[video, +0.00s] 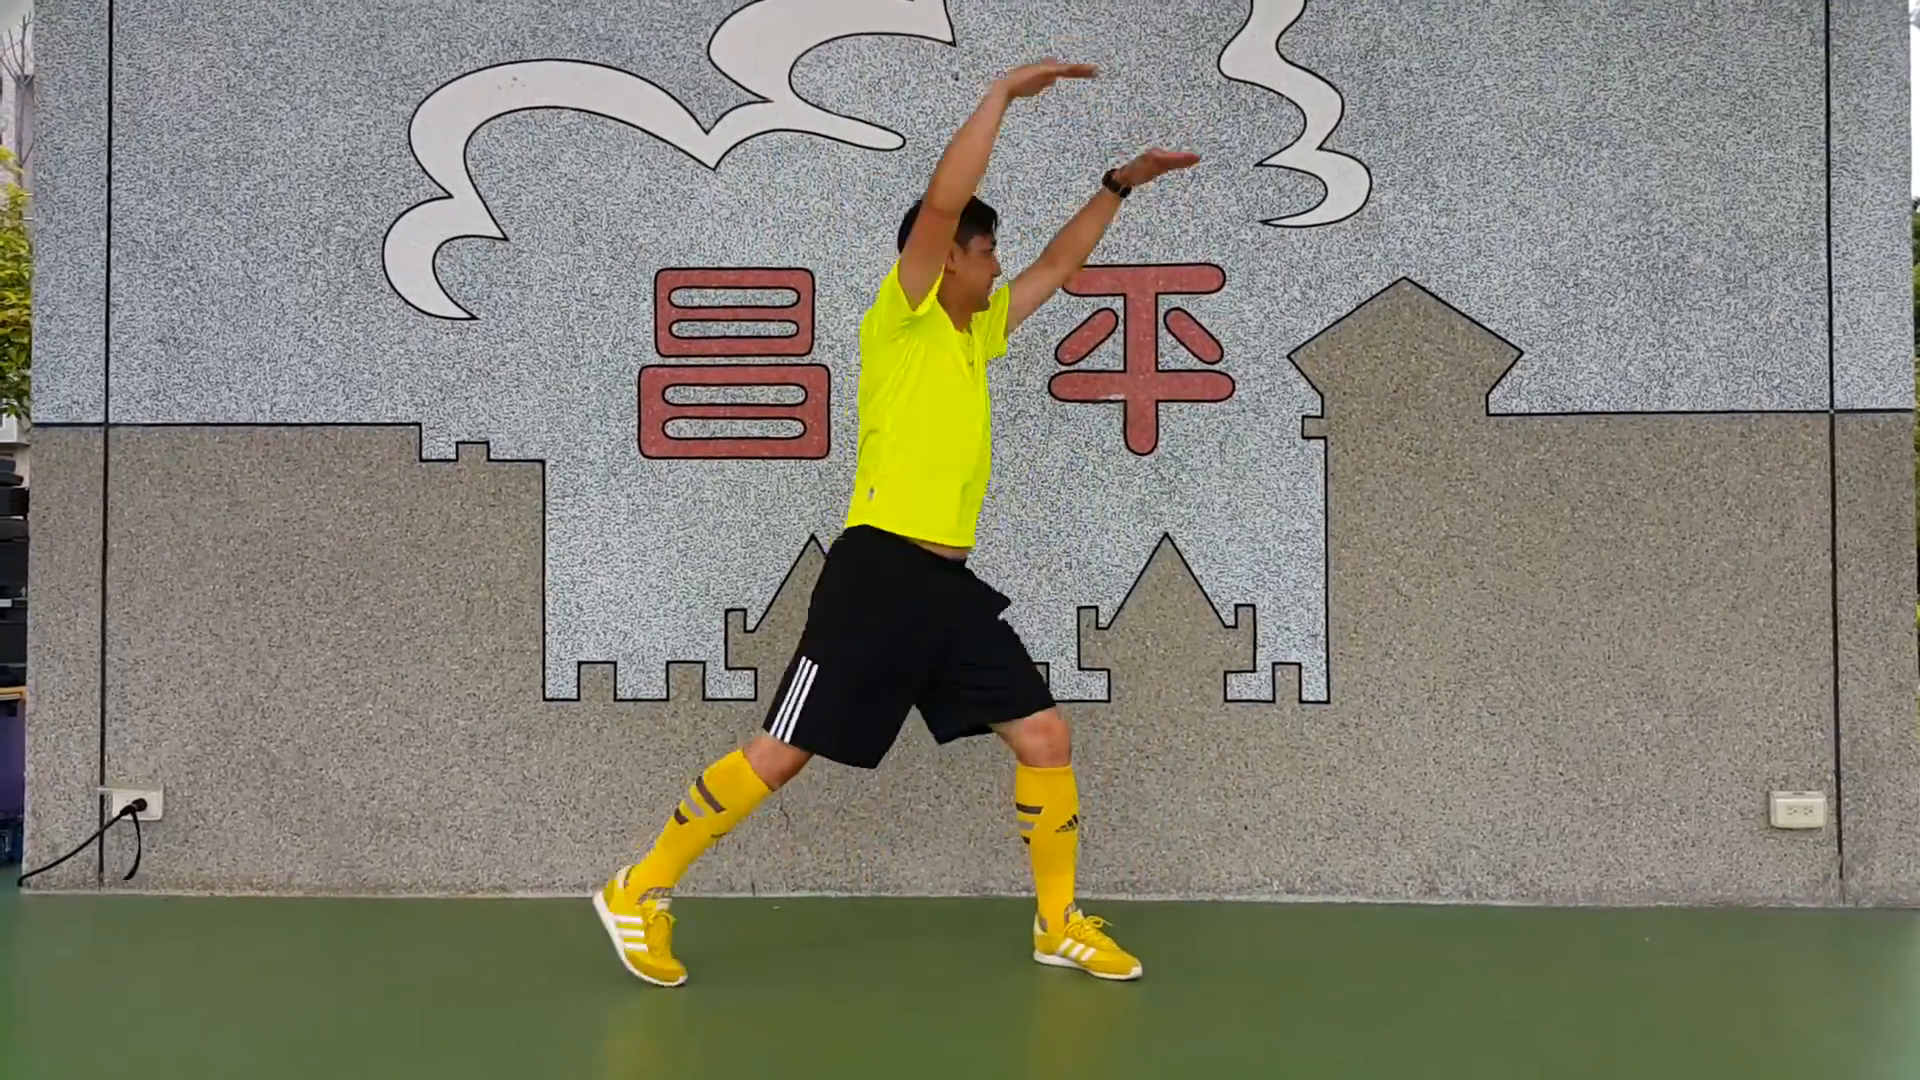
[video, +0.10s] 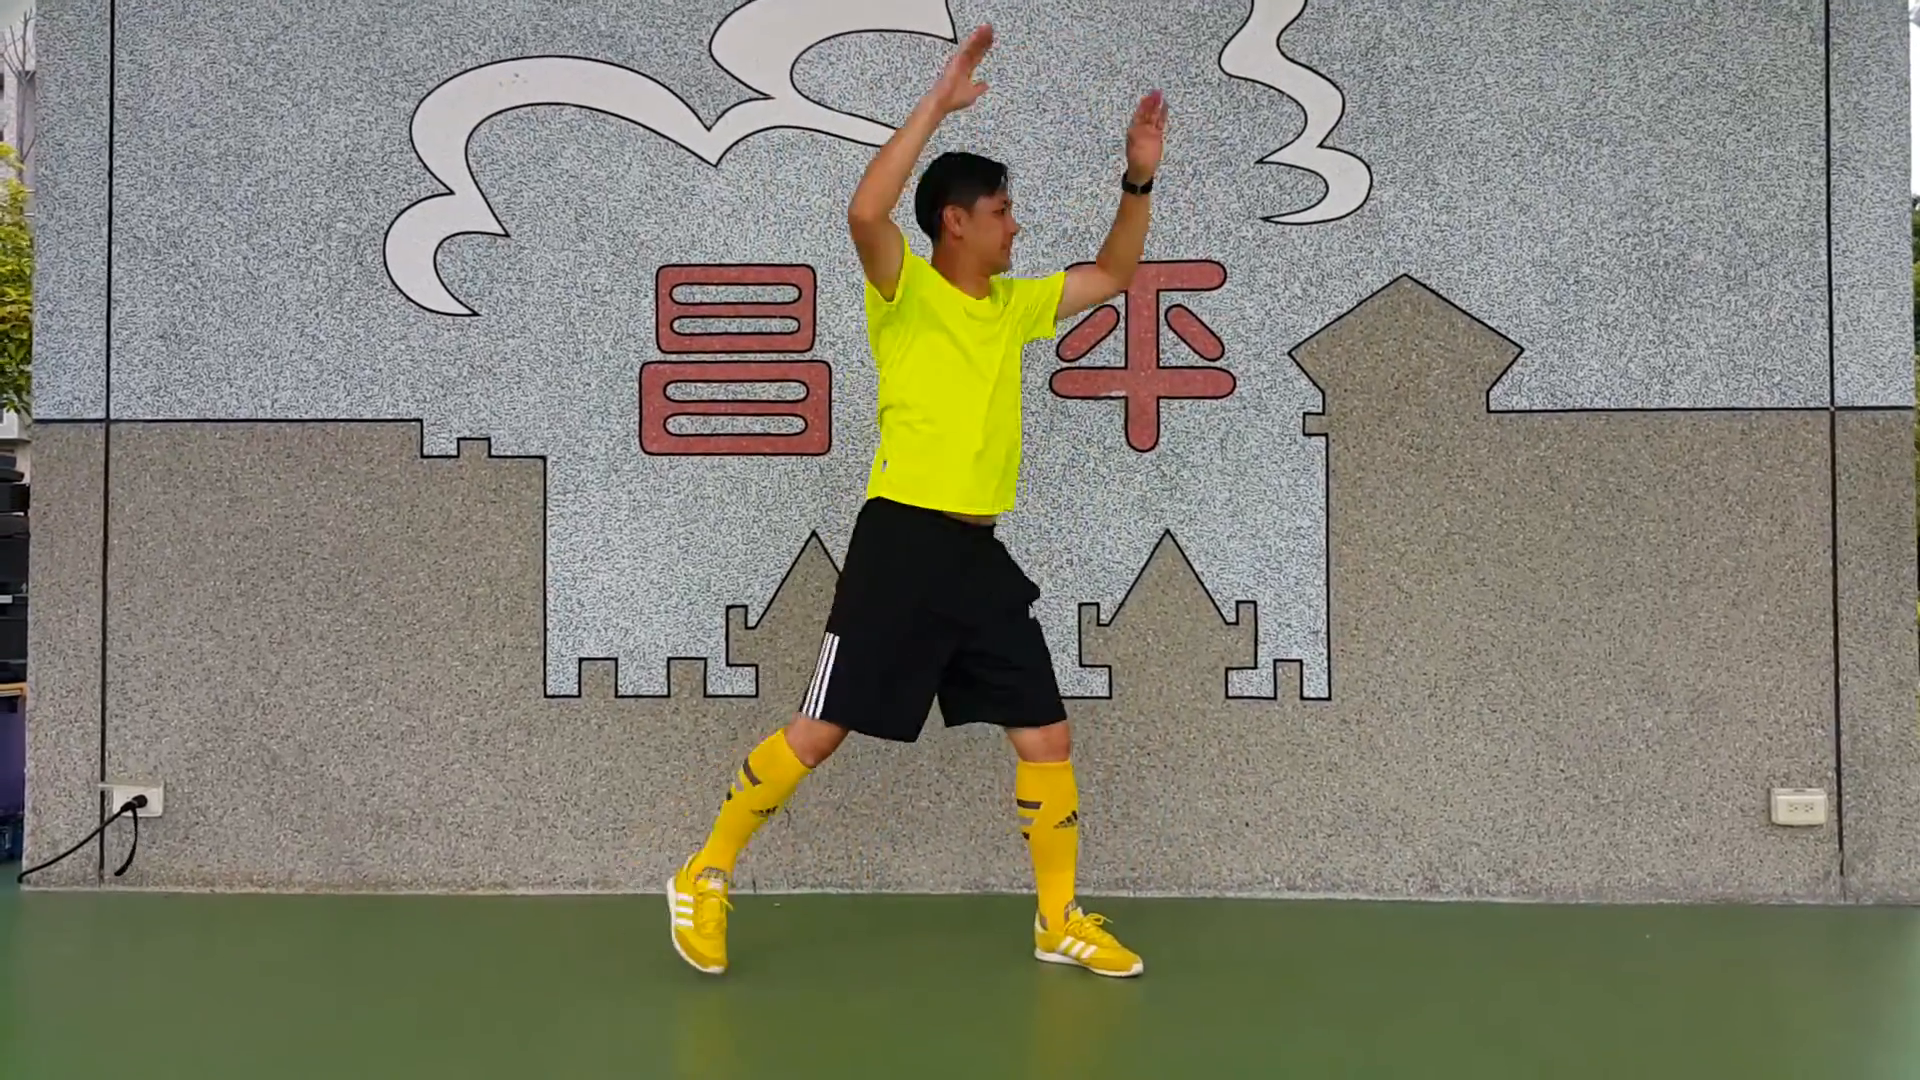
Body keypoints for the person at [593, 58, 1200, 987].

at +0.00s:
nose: (997, 267)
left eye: (996, 255)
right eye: (985, 252)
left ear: (982, 265)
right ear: (942, 254)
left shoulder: (977, 332)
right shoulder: (897, 320)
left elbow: (1051, 269)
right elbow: (942, 209)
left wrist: (1118, 187)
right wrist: (1002, 90)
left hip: (951, 583)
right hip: (874, 571)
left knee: (1044, 740)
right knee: (778, 755)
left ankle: (1059, 925)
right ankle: (637, 891)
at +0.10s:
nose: (1014, 221)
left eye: (1011, 208)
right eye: (999, 209)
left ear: (981, 224)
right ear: (952, 220)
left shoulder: (1015, 304)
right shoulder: (905, 287)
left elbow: (1111, 274)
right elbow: (867, 214)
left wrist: (1140, 179)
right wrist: (937, 105)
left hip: (981, 553)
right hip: (897, 543)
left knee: (1045, 736)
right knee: (822, 728)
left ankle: (1060, 921)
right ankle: (704, 876)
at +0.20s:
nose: (1012, 197)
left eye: (1010, 184)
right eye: (994, 185)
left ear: (1000, 201)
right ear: (948, 204)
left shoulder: (1039, 294)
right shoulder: (901, 283)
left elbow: (1148, 313)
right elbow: (808, 298)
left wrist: (1136, 222)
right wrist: (854, 186)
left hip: (1002, 539)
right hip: (906, 531)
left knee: (1044, 730)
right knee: (848, 721)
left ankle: (1059, 916)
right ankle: (798, 899)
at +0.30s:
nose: (985, 200)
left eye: (992, 186)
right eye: (964, 191)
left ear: (1007, 201)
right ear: (932, 214)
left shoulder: (1051, 302)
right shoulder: (897, 307)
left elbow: (1127, 392)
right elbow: (823, 407)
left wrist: (1125, 318)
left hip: (1016, 546)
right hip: (909, 540)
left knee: (1060, 732)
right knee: (863, 725)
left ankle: (1062, 917)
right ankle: (855, 916)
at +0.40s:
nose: (936, 209)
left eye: (953, 195)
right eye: (927, 200)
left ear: (997, 210)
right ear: (920, 222)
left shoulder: (1044, 305)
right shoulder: (895, 320)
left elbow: (1103, 406)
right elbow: (827, 423)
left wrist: (1059, 333)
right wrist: (790, 347)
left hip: (1022, 550)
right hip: (913, 552)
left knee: (1083, 737)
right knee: (863, 732)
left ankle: (1079, 903)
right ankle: (856, 917)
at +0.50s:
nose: (933, 202)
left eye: (950, 190)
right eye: (937, 190)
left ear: (997, 214)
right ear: (947, 216)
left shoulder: (1039, 294)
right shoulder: (909, 311)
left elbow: (1077, 293)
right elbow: (804, 342)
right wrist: (792, 246)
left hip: (1031, 552)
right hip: (927, 558)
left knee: (1098, 735)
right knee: (873, 734)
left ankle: (1161, 875)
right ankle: (858, 916)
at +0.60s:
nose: (956, 208)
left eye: (973, 196)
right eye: (962, 194)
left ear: (1011, 212)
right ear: (973, 212)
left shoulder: (1048, 285)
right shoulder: (940, 300)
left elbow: (1024, 186)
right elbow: (839, 266)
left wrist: (960, 96)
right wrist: (820, 162)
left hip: (1044, 544)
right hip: (957, 553)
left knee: (1122, 738)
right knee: (887, 732)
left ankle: (1244, 881)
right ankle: (859, 919)